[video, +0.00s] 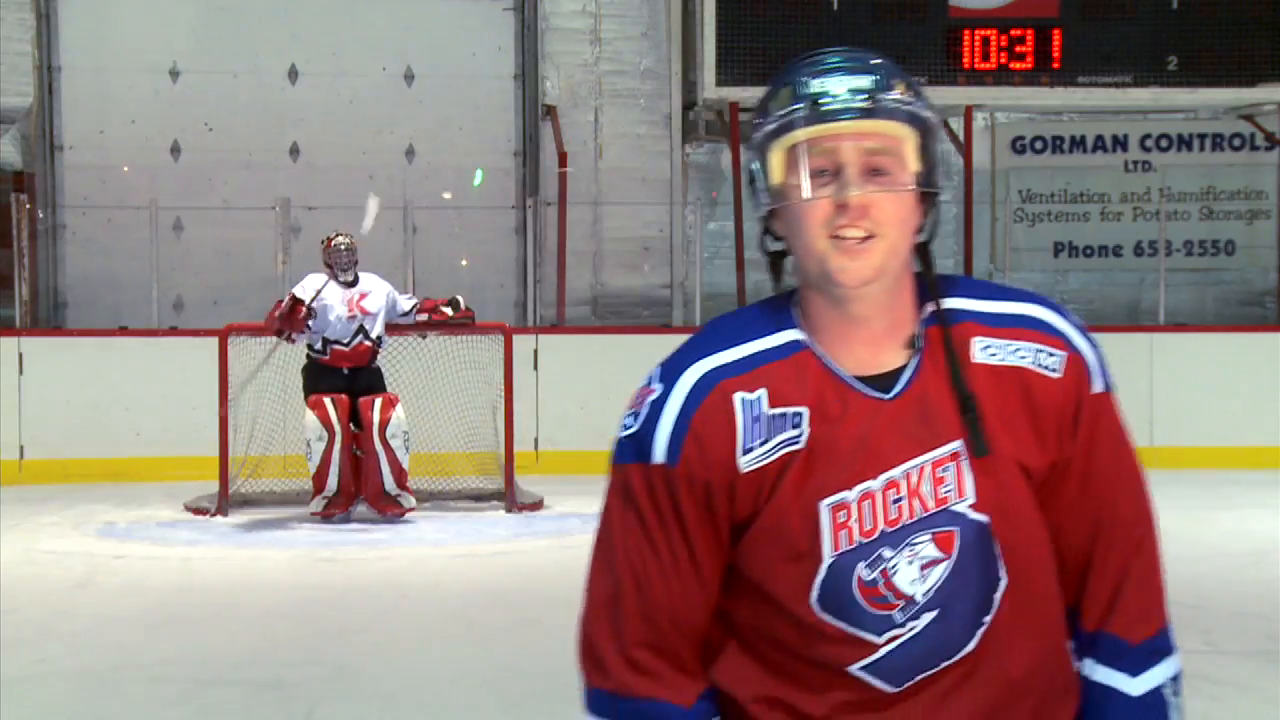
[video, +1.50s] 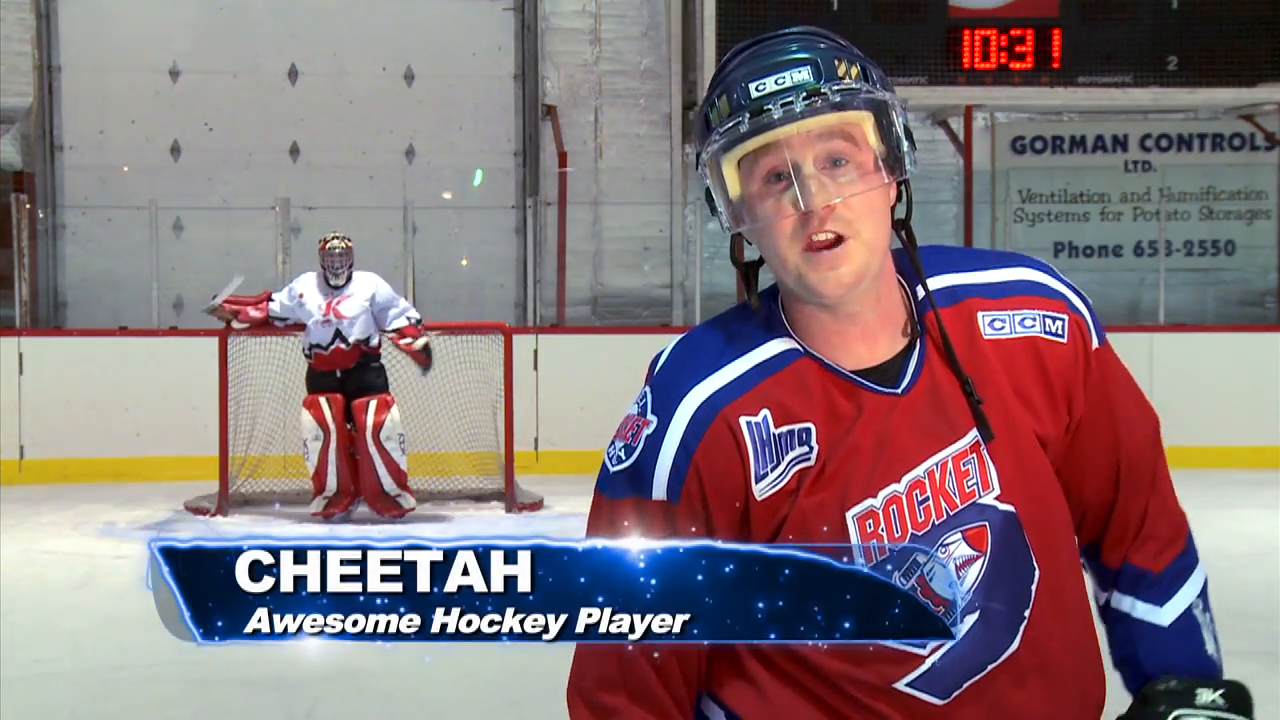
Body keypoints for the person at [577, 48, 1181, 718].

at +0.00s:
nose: (853, 199)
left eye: (880, 170)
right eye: (822, 173)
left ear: (923, 202)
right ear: (777, 210)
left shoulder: (1046, 355)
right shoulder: (693, 405)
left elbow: (1128, 642)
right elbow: (637, 682)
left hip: (1028, 706)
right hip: (795, 706)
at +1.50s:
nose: (815, 201)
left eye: (837, 163)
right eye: (779, 180)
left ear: (889, 180)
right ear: (741, 221)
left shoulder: (1036, 314)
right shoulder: (689, 413)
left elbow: (1139, 527)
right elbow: (626, 689)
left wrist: (1187, 698)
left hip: (1052, 710)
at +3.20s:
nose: (912, 150)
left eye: (943, 127)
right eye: (884, 126)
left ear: (985, 166)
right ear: (841, 161)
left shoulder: (1094, 329)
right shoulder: (754, 359)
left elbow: (1217, 581)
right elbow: (657, 637)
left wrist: (1275, 697)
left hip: (1076, 704)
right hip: (841, 711)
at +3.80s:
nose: (1023, 183)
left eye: (1054, 158)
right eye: (997, 151)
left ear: (1089, 184)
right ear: (946, 168)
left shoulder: (1165, 356)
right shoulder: (831, 333)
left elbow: (1258, 617)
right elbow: (723, 580)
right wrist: (621, 708)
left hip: (1099, 706)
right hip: (865, 707)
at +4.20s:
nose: (1032, 192)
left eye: (1063, 162)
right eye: (1001, 158)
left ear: (1097, 182)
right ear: (950, 171)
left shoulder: (1172, 345)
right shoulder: (843, 330)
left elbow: (1249, 592)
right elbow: (731, 562)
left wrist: (1254, 705)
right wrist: (708, 702)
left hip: (1102, 703)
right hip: (864, 705)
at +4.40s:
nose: (994, 201)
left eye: (1020, 168)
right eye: (961, 170)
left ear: (1056, 184)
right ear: (912, 185)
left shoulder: (1154, 340)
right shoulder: (823, 329)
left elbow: (1223, 610)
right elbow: (729, 517)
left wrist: (1233, 714)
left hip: (1093, 707)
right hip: (855, 707)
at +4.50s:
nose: (971, 198)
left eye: (998, 165)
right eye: (940, 168)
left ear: (1035, 182)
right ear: (891, 186)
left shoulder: (1138, 336)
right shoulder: (806, 320)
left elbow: (1221, 605)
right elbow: (741, 533)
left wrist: (1235, 713)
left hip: (1093, 707)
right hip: (847, 706)